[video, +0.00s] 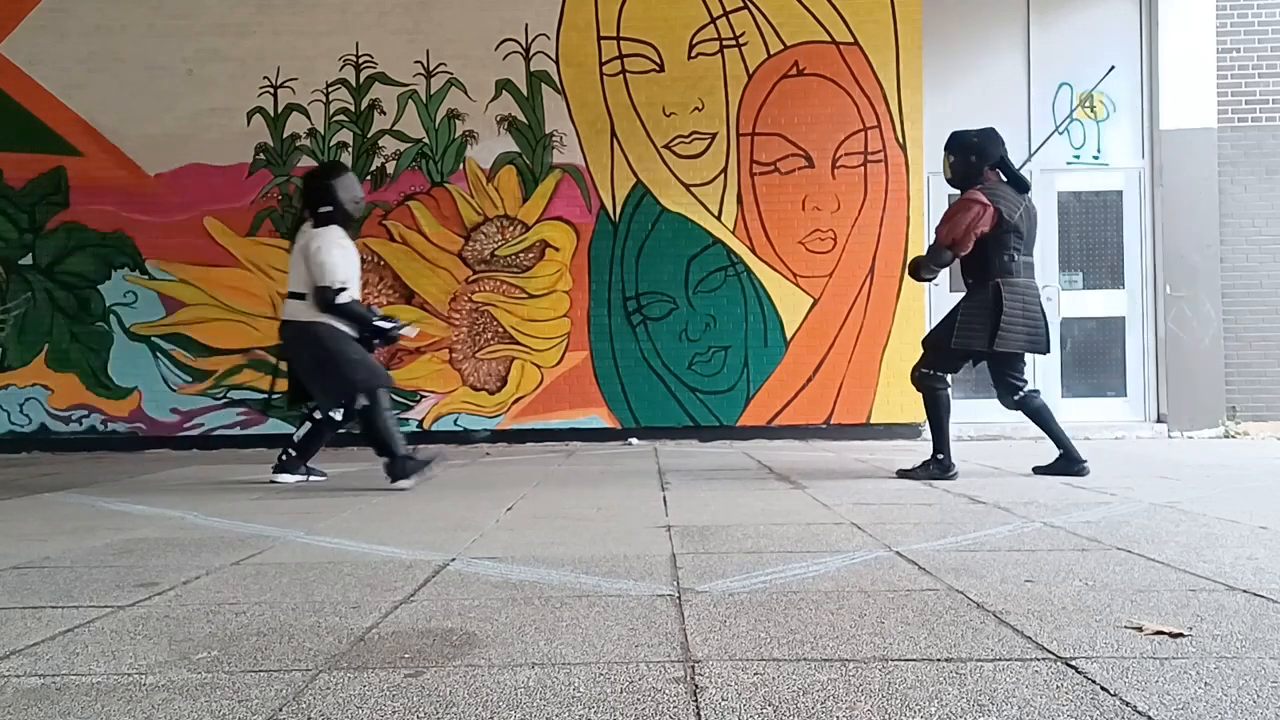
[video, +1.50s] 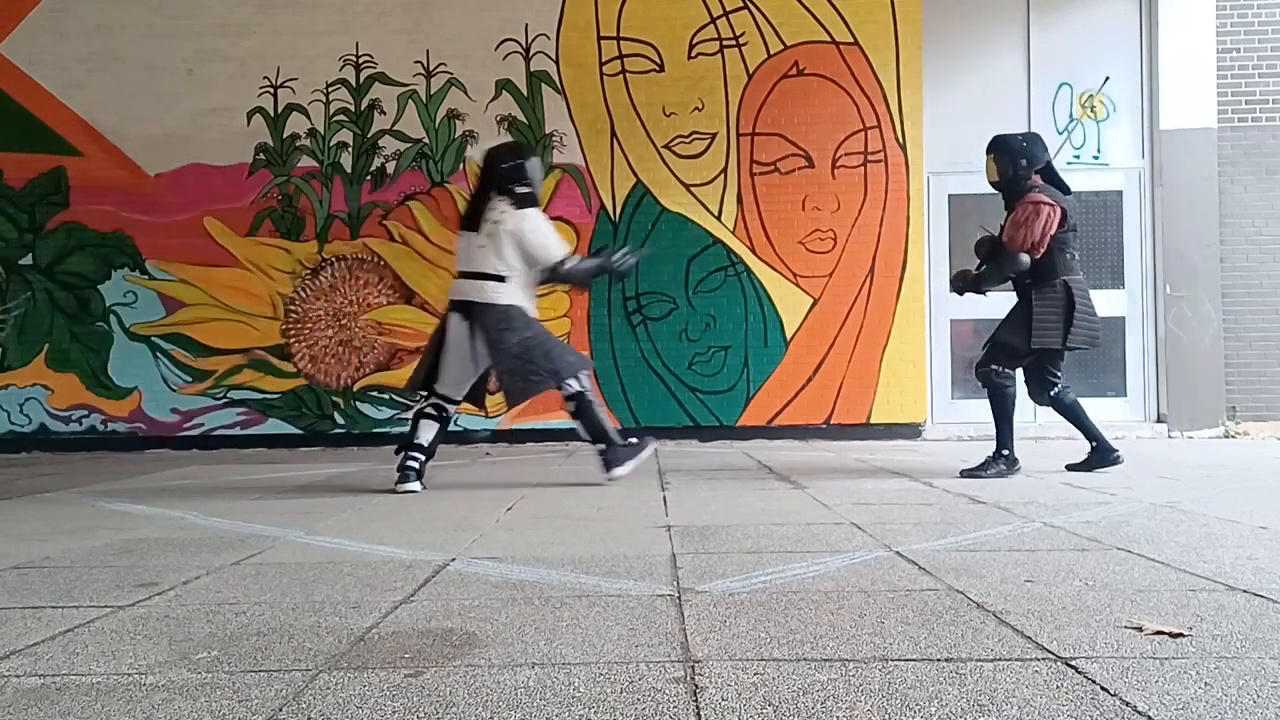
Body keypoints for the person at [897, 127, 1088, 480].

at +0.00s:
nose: (948, 168)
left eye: (953, 160)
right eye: (949, 160)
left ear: (977, 162)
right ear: (992, 164)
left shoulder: (977, 201)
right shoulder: (1021, 201)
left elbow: (941, 255)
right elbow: (1008, 250)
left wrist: (921, 268)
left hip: (989, 304)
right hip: (1022, 305)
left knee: (929, 371)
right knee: (1014, 389)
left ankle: (941, 460)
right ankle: (1070, 455)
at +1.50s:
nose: (992, 172)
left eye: (998, 164)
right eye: (992, 165)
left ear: (1022, 165)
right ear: (1026, 167)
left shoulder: (1034, 203)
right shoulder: (1034, 200)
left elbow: (1015, 260)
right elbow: (1026, 256)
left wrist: (975, 280)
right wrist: (994, 250)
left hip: (1048, 300)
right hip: (1056, 299)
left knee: (994, 367)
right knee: (1044, 385)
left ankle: (1004, 456)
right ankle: (1102, 447)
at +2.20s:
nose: (1038, 170)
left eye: (1046, 163)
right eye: (1039, 162)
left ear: (1074, 166)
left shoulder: (1090, 212)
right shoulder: (1043, 202)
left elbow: (1038, 252)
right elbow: (1021, 248)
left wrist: (974, 249)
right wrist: (972, 250)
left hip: (1064, 304)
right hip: (1038, 300)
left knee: (1005, 377)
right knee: (1022, 387)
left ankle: (982, 462)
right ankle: (1108, 438)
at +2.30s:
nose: (1066, 149)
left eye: (1075, 143)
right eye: (1068, 141)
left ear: (1101, 146)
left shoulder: (1119, 189)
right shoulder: (1068, 184)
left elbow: (1059, 219)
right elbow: (1032, 226)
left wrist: (996, 200)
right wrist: (994, 201)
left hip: (1096, 300)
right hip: (1071, 297)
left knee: (1030, 381)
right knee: (1068, 395)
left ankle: (989, 461)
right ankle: (1140, 463)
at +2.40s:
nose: (1090, 127)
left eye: (1097, 121)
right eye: (1093, 120)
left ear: (1119, 128)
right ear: (1126, 129)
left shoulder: (1139, 172)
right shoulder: (1119, 169)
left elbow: (1076, 192)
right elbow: (1055, 199)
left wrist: (1017, 167)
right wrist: (1021, 167)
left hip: (1120, 291)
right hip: (1116, 289)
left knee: (1054, 360)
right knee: (1091, 379)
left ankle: (1056, 451)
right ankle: (1142, 463)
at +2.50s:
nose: (1117, 106)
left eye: (1124, 99)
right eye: (1120, 98)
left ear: (1146, 109)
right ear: (1160, 110)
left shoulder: (1160, 155)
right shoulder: (1166, 150)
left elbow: (1094, 179)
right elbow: (1096, 172)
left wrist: (1035, 152)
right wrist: (1054, 146)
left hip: (1150, 272)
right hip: (1152, 270)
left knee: (1107, 356)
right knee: (1109, 357)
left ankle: (1149, 456)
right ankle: (1152, 448)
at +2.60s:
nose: (1147, 96)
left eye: (1156, 88)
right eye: (1150, 87)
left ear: (1180, 95)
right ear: (1193, 95)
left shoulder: (1190, 144)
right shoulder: (1188, 137)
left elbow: (1118, 178)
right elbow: (1129, 170)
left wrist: (1057, 152)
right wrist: (1081, 149)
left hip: (1189, 268)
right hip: (1174, 266)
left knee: (1170, 368)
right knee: (1156, 365)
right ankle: (1157, 459)